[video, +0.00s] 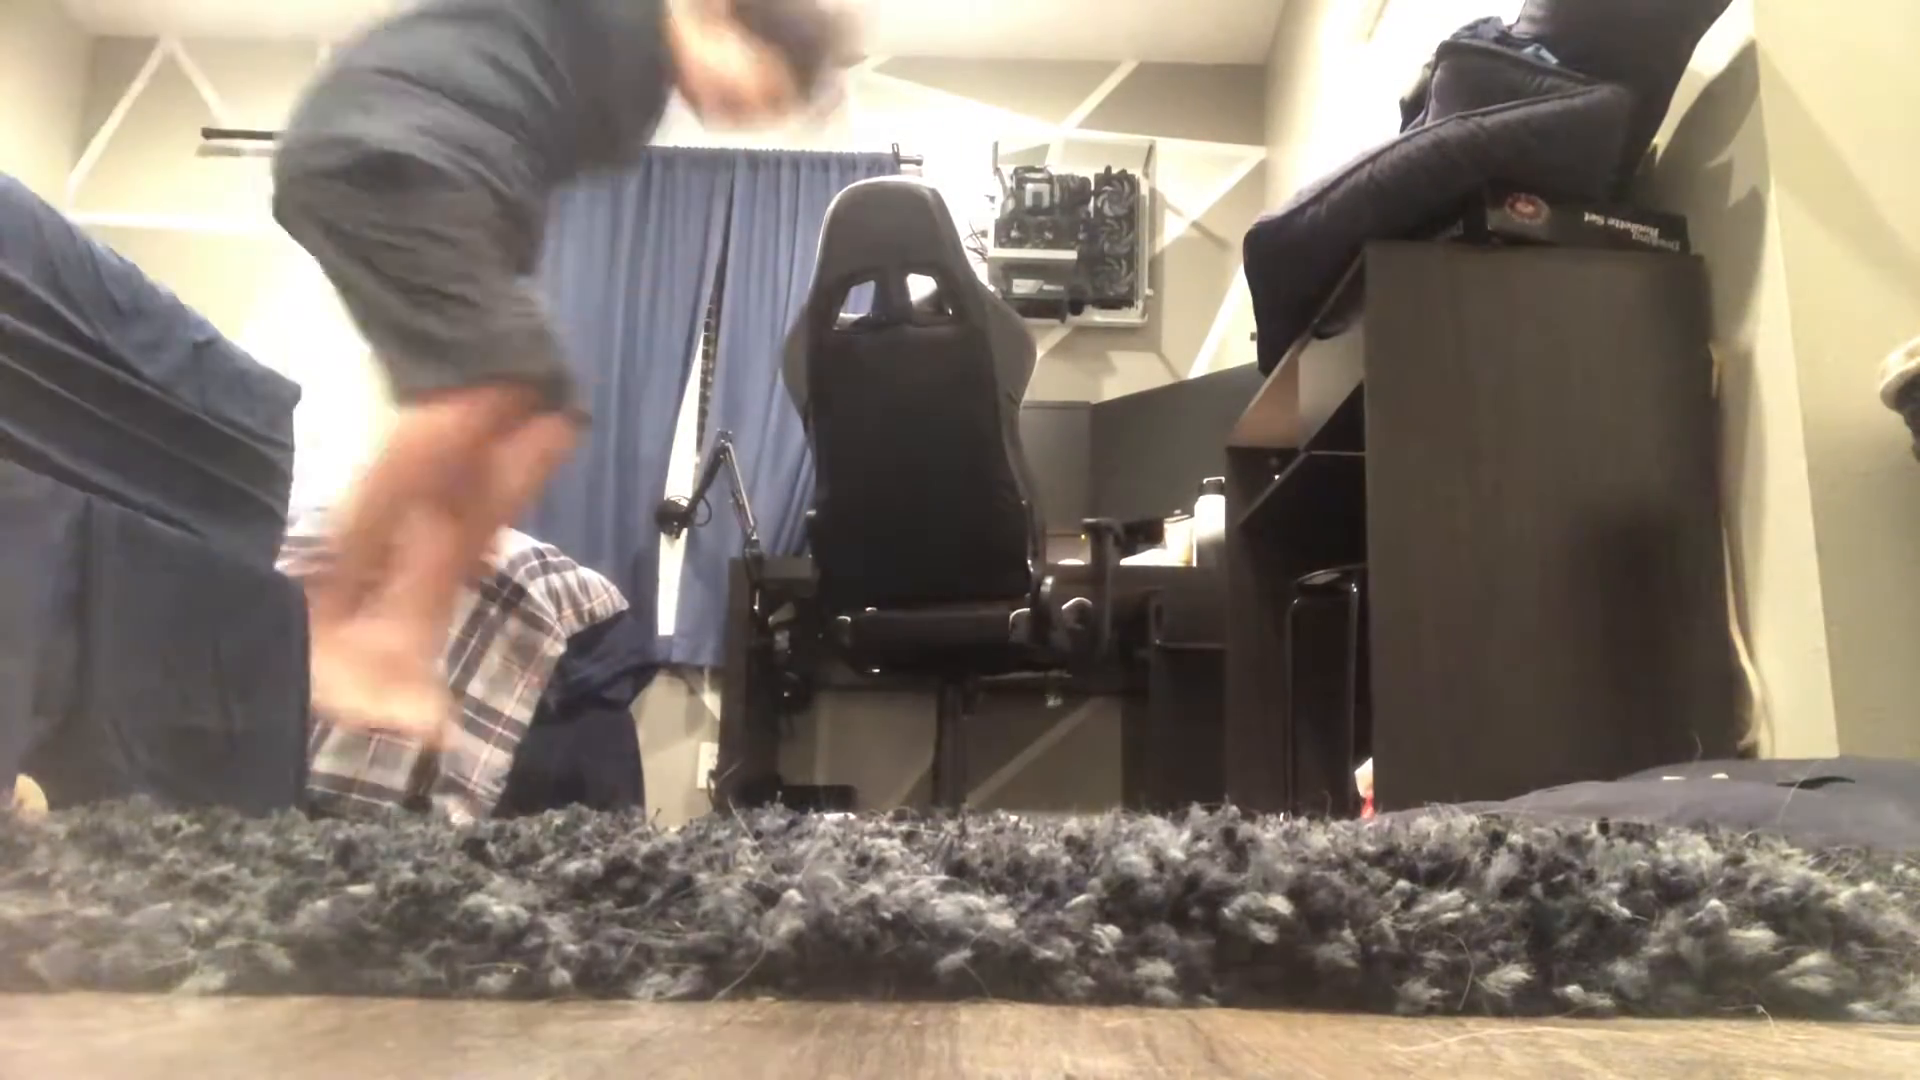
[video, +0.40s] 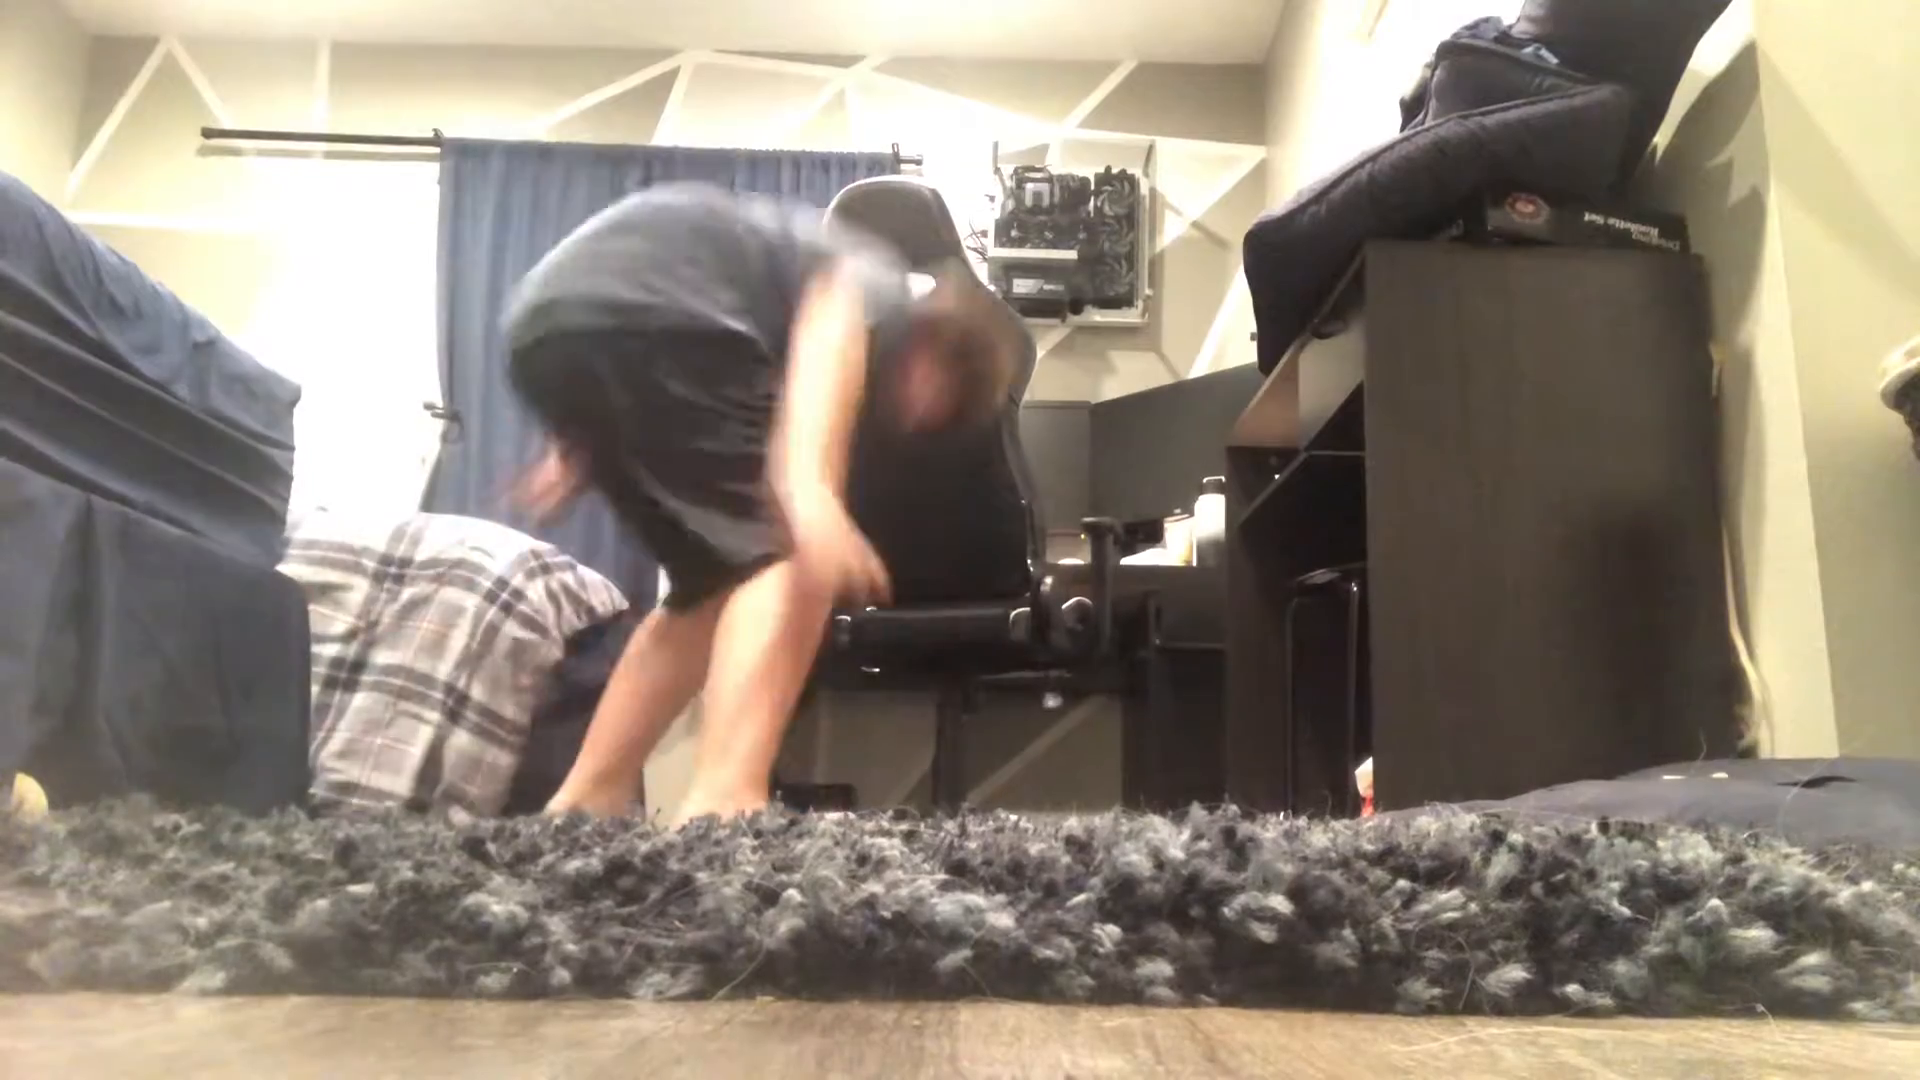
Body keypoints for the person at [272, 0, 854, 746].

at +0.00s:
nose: (747, 113)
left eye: (768, 109)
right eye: (759, 90)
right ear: (724, 18)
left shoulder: (631, 91)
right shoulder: (622, 23)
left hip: (449, 180)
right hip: (379, 147)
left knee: (541, 422)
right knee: (476, 382)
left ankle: (395, 651)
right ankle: (332, 624)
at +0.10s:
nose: (812, 275)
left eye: (835, 273)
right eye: (828, 254)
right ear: (811, 190)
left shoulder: (686, 225)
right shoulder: (713, 123)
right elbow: (588, 20)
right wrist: (634, 83)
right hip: (453, 200)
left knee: (563, 448)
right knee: (600, 429)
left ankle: (537, 698)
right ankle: (537, 686)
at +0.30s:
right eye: (905, 502)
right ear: (899, 439)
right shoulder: (849, 357)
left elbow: (563, 487)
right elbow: (866, 431)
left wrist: (447, 583)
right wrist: (885, 592)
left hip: (489, 366)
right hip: (602, 340)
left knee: (679, 592)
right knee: (793, 545)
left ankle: (580, 809)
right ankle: (721, 808)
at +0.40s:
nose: (927, 417)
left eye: (947, 411)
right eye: (947, 397)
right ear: (940, 343)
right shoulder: (874, 267)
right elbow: (832, 321)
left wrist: (582, 445)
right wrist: (818, 506)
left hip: (541, 329)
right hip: (654, 314)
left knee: (699, 581)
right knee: (786, 557)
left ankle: (592, 799)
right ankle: (725, 804)